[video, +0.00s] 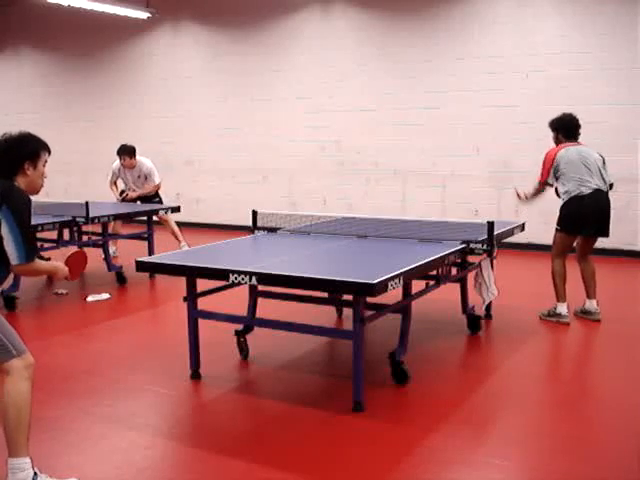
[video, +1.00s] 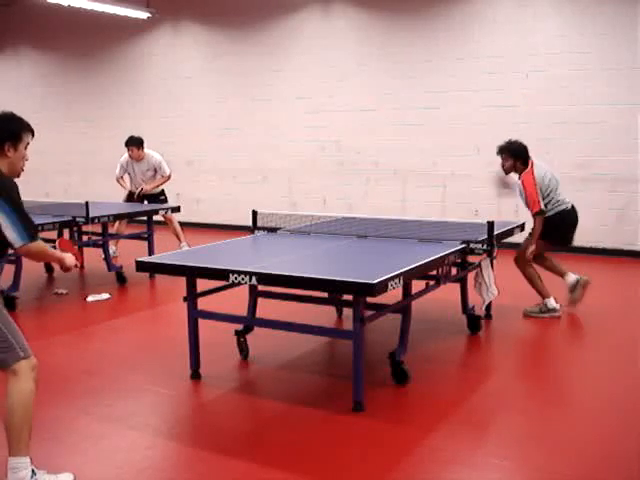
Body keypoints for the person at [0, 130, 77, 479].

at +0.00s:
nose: (45, 174)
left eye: (45, 166)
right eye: (42, 166)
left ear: (21, 166)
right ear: (26, 167)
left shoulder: (8, 196)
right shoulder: (13, 199)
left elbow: (17, 258)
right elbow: (19, 263)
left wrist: (47, 265)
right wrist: (52, 267)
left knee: (17, 363)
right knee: (20, 363)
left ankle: (20, 467)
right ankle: (20, 469)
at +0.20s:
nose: (45, 170)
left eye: (45, 162)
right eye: (42, 161)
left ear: (21, 162)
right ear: (25, 162)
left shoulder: (8, 191)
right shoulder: (12, 194)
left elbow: (12, 256)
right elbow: (13, 259)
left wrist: (46, 263)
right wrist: (49, 266)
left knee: (15, 362)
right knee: (16, 363)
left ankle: (19, 467)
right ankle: (19, 469)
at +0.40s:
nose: (41, 161)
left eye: (42, 153)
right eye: (39, 153)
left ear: (17, 153)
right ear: (21, 153)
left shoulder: (7, 185)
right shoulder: (9, 188)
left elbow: (9, 251)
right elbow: (10, 255)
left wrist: (41, 256)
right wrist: (43, 259)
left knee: (14, 362)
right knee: (12, 365)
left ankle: (19, 466)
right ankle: (19, 469)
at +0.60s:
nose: (33, 156)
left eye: (34, 148)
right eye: (31, 148)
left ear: (9, 149)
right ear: (11, 148)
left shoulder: (5, 184)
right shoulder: (2, 186)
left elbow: (5, 248)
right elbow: (4, 251)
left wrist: (38, 259)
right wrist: (40, 259)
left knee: (8, 366)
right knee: (7, 367)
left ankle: (17, 465)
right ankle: (16, 468)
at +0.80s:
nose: (28, 155)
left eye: (27, 147)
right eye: (24, 147)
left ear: (6, 150)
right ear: (6, 149)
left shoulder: (3, 192)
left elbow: (3, 246)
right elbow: (2, 249)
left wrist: (36, 258)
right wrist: (39, 259)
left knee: (12, 364)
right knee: (11, 365)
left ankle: (15, 466)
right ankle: (14, 468)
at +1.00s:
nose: (28, 155)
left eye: (28, 148)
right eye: (24, 148)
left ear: (5, 149)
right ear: (6, 148)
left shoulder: (3, 183)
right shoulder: (2, 186)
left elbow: (20, 240)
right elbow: (24, 244)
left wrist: (50, 254)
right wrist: (57, 257)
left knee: (20, 364)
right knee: (23, 365)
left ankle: (19, 466)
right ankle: (20, 468)